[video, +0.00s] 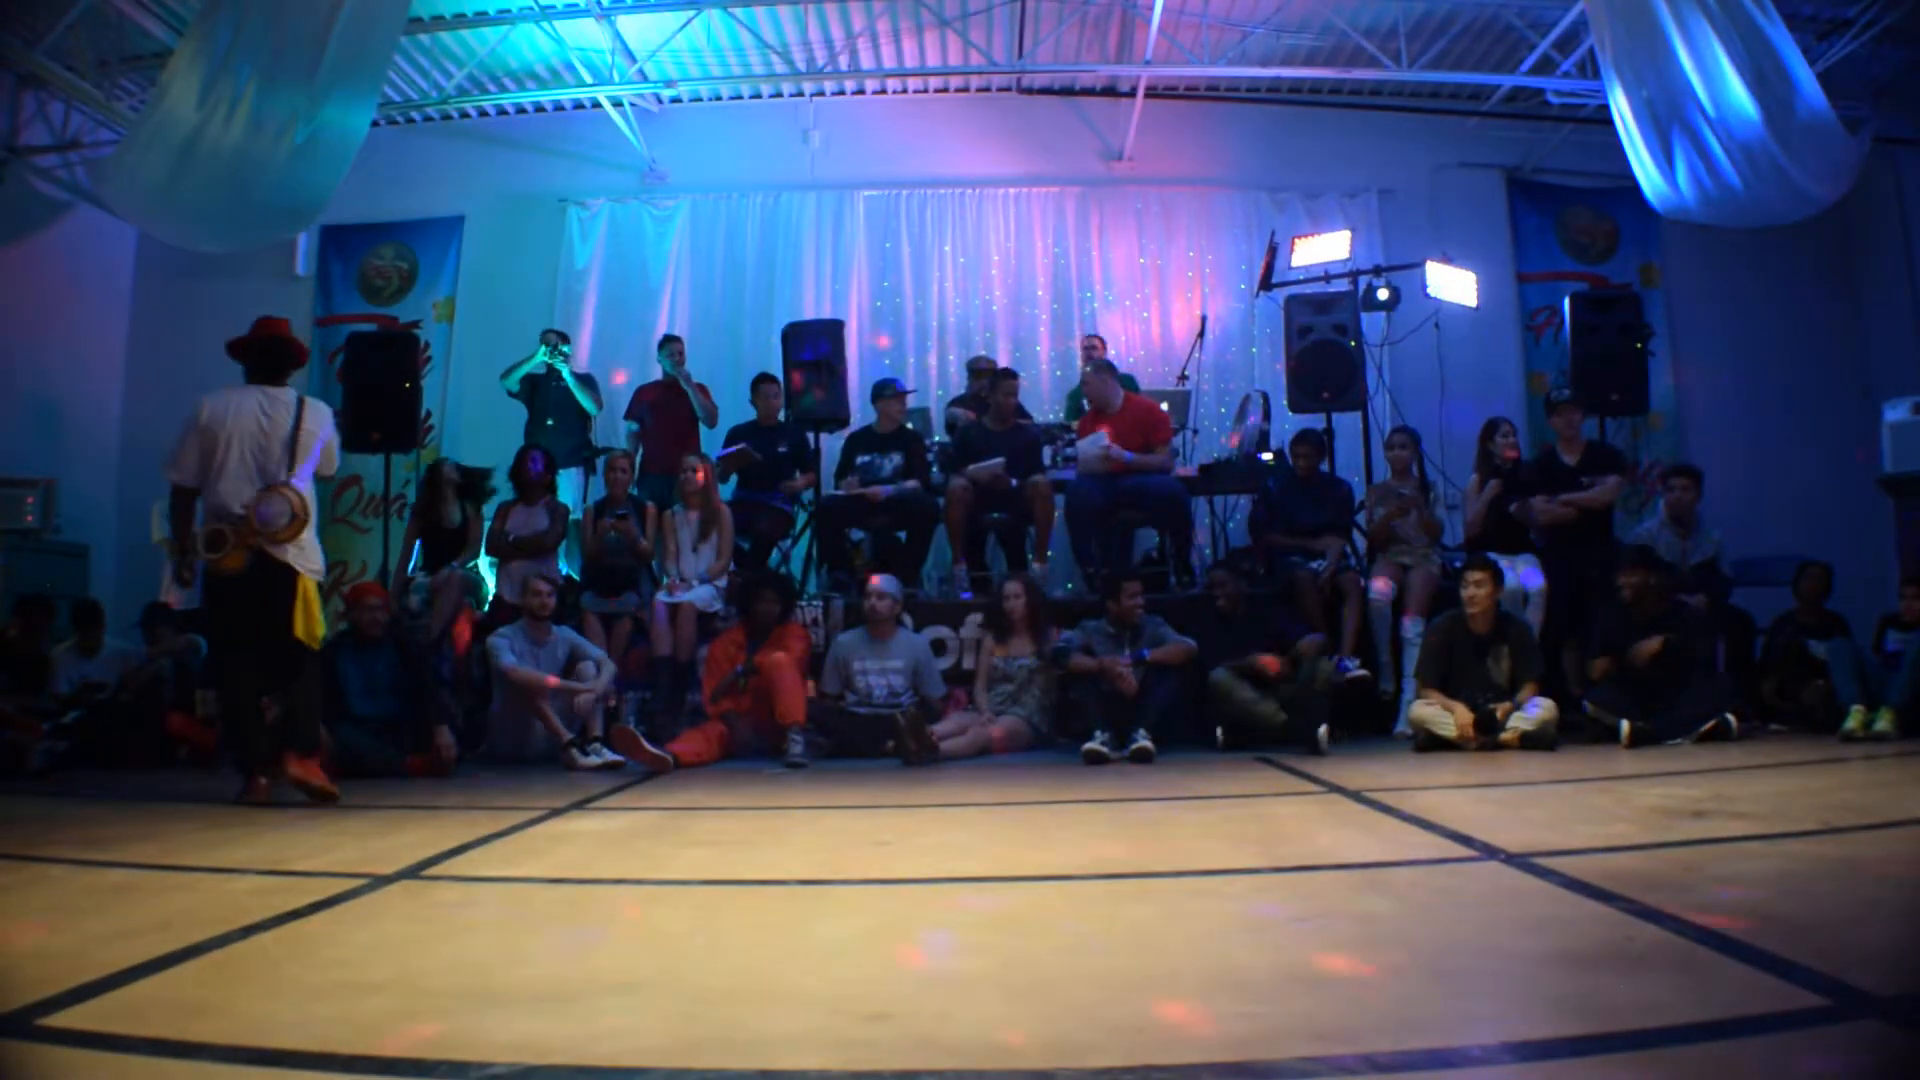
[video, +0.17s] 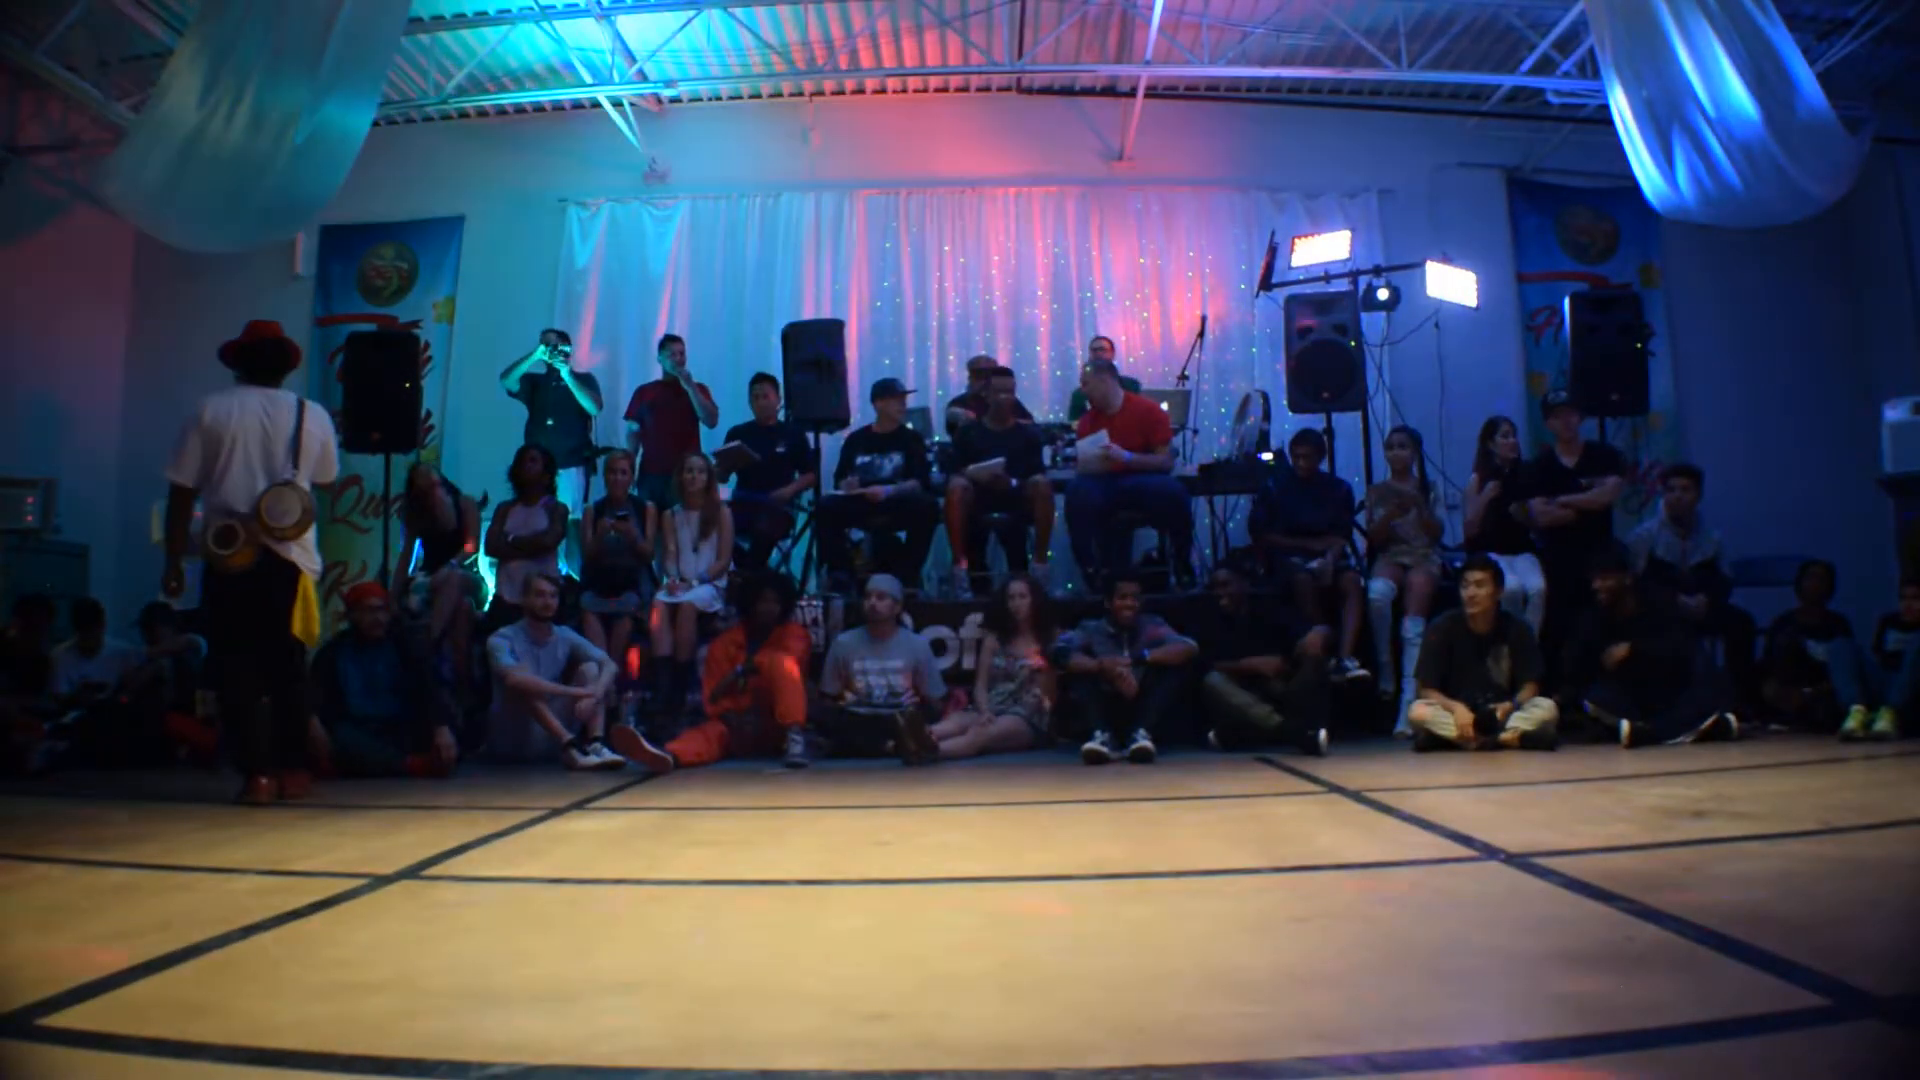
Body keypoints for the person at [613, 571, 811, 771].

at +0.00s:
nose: (767, 609)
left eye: (774, 603)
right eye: (761, 602)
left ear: (784, 607)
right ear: (748, 604)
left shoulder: (793, 634)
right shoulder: (725, 644)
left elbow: (786, 664)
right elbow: (713, 701)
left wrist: (750, 669)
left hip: (776, 718)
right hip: (739, 721)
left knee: (778, 660)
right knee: (709, 735)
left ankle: (794, 738)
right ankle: (670, 755)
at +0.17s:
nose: (768, 609)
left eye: (775, 603)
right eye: (762, 602)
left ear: (784, 607)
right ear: (749, 605)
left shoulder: (793, 634)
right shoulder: (725, 644)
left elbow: (787, 666)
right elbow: (713, 704)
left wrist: (754, 666)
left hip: (774, 717)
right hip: (736, 720)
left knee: (781, 662)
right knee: (709, 735)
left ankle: (794, 738)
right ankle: (669, 755)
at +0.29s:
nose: (769, 609)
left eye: (776, 603)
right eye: (763, 602)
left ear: (785, 607)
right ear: (749, 605)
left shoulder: (793, 633)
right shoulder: (724, 645)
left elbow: (787, 663)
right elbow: (713, 705)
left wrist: (754, 665)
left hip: (775, 719)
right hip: (736, 722)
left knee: (779, 661)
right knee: (711, 734)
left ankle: (795, 737)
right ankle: (670, 756)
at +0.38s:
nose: (768, 609)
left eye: (774, 603)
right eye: (762, 602)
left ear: (784, 607)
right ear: (748, 605)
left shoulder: (793, 634)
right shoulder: (724, 645)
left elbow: (788, 667)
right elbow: (713, 703)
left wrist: (757, 663)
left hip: (775, 719)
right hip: (737, 721)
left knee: (778, 661)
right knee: (709, 735)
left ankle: (795, 738)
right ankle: (670, 756)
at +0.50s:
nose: (768, 609)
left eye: (775, 603)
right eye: (762, 602)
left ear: (784, 607)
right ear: (749, 604)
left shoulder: (793, 634)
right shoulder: (724, 645)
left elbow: (790, 662)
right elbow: (713, 703)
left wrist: (756, 665)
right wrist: (735, 676)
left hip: (775, 718)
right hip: (737, 721)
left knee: (779, 661)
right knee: (709, 734)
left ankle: (795, 737)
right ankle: (670, 756)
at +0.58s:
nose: (768, 609)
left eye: (775, 603)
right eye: (762, 602)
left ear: (784, 607)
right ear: (749, 604)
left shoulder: (793, 634)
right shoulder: (724, 645)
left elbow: (790, 666)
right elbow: (714, 703)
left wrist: (756, 665)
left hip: (775, 718)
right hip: (738, 721)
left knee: (779, 661)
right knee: (711, 733)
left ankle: (794, 738)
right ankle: (671, 756)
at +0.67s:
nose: (768, 609)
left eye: (774, 603)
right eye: (762, 602)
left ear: (784, 607)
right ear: (749, 605)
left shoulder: (793, 634)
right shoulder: (724, 645)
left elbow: (787, 669)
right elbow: (714, 705)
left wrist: (751, 666)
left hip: (774, 717)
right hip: (738, 720)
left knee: (780, 661)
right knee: (711, 734)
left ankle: (794, 739)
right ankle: (670, 755)